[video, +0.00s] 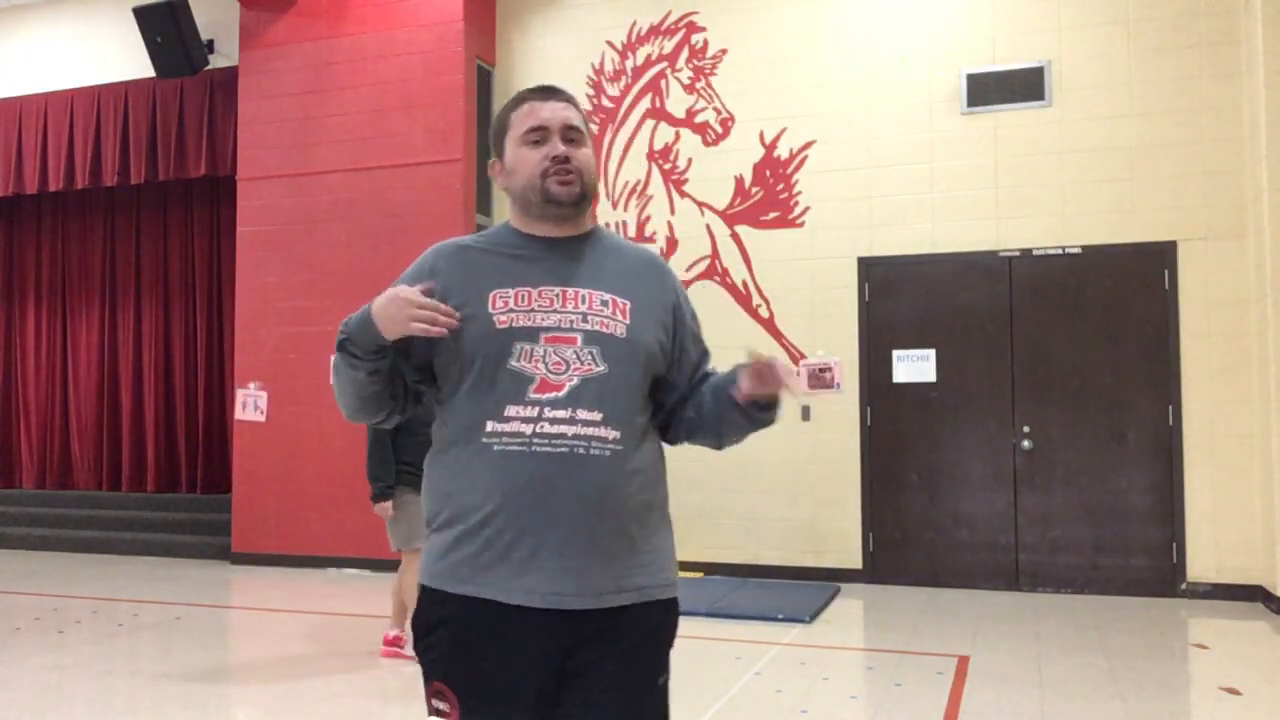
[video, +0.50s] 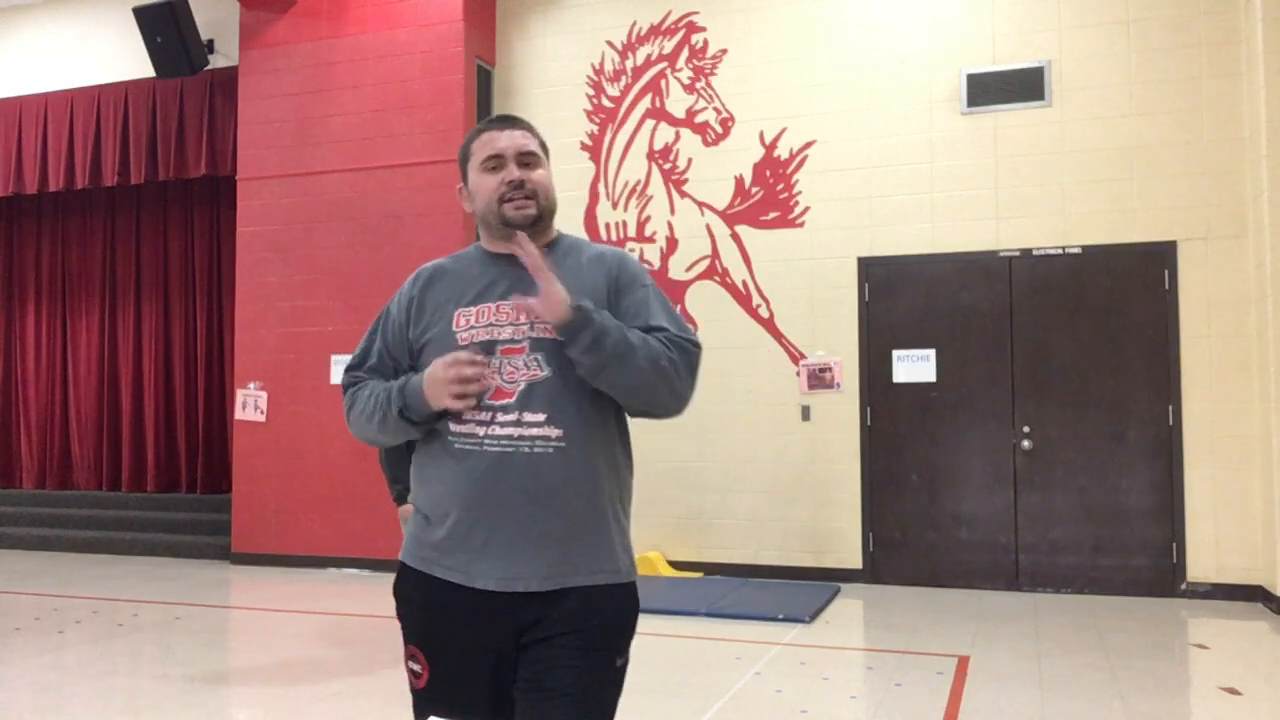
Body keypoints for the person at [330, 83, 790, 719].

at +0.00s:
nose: (560, 149)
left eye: (574, 136)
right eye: (536, 138)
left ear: (596, 160)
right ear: (499, 169)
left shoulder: (649, 276)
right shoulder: (449, 269)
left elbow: (680, 407)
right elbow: (367, 406)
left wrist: (739, 393)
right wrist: (370, 331)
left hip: (625, 600)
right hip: (480, 598)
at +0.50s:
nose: (516, 175)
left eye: (529, 161)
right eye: (494, 165)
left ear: (553, 181)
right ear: (465, 195)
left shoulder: (613, 273)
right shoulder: (427, 287)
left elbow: (671, 383)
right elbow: (360, 404)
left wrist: (576, 324)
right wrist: (419, 393)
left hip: (583, 581)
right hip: (449, 582)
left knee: (568, 711)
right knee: (456, 713)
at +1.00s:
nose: (504, 182)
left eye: (520, 170)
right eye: (486, 171)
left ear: (548, 192)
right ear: (462, 198)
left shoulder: (595, 272)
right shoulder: (420, 293)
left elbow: (613, 374)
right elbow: (362, 406)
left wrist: (470, 365)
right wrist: (429, 397)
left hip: (571, 573)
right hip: (440, 577)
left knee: (561, 710)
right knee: (447, 713)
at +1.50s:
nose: (527, 183)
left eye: (537, 172)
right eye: (506, 170)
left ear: (550, 192)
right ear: (466, 193)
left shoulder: (602, 283)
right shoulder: (416, 291)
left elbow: (692, 354)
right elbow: (339, 393)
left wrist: (619, 368)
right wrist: (406, 386)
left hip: (578, 580)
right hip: (447, 580)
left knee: (569, 711)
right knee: (454, 714)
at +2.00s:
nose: (546, 181)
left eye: (559, 171)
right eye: (526, 166)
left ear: (573, 192)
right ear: (484, 188)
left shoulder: (616, 280)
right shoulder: (430, 283)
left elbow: (683, 376)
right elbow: (367, 415)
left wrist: (625, 300)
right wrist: (400, 372)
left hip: (586, 582)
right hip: (454, 582)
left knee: (577, 710)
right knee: (459, 713)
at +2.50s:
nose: (545, 161)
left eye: (566, 149)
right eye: (529, 147)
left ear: (597, 177)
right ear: (507, 170)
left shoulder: (647, 271)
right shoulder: (451, 269)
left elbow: (719, 369)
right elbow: (372, 397)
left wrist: (683, 389)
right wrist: (419, 351)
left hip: (617, 590)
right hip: (478, 590)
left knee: (610, 710)